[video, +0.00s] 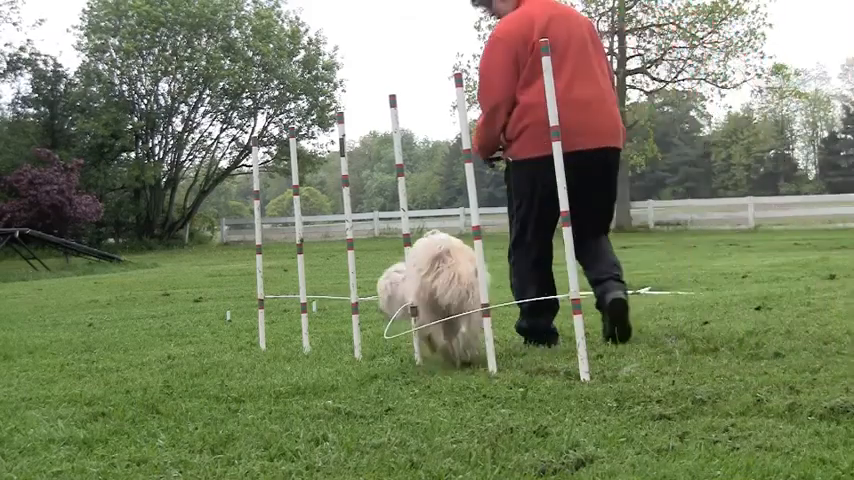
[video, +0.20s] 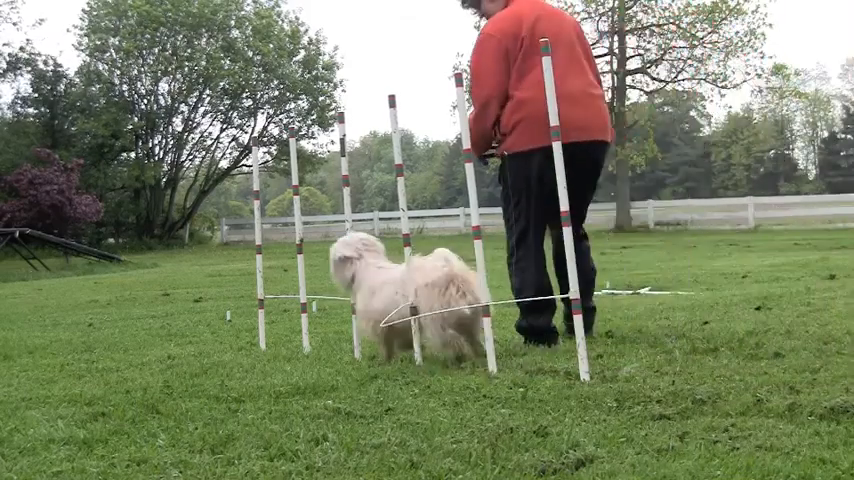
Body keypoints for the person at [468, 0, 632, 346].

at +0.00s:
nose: (491, 15)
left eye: (490, 8)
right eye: (488, 11)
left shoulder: (508, 29)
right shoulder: (582, 21)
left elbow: (496, 100)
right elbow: (604, 80)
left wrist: (484, 146)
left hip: (536, 145)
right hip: (601, 139)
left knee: (530, 239)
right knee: (591, 230)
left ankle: (538, 330)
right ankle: (612, 292)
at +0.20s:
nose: (480, 16)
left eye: (478, 9)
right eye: (476, 11)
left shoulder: (496, 28)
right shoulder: (567, 19)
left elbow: (488, 98)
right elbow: (593, 79)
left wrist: (480, 145)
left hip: (531, 137)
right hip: (591, 133)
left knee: (525, 235)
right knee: (570, 228)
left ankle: (539, 332)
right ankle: (582, 321)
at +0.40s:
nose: (480, 25)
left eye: (478, 16)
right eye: (475, 19)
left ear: (492, 3)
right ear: (512, 1)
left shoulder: (501, 34)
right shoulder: (561, 27)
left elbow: (491, 103)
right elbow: (577, 85)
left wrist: (477, 147)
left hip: (536, 142)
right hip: (591, 136)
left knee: (521, 239)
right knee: (573, 233)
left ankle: (540, 330)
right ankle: (574, 321)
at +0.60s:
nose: (486, 34)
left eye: (483, 25)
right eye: (481, 29)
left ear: (495, 8)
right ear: (516, 4)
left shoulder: (505, 39)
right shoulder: (562, 31)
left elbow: (496, 111)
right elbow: (576, 89)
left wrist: (481, 155)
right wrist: (520, 140)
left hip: (542, 146)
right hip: (595, 139)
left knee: (525, 244)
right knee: (575, 241)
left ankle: (543, 327)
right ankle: (578, 322)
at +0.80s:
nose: (483, 36)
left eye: (481, 28)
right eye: (479, 31)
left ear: (493, 12)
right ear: (518, 8)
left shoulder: (499, 42)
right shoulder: (562, 36)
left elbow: (491, 110)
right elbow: (581, 88)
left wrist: (484, 159)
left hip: (537, 147)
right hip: (593, 141)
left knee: (517, 236)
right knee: (578, 237)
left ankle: (536, 310)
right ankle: (578, 319)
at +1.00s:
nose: (470, 41)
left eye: (469, 33)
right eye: (467, 35)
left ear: (480, 21)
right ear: (506, 16)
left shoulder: (484, 51)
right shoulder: (549, 43)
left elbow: (479, 117)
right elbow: (575, 92)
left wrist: (479, 163)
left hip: (524, 150)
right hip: (582, 144)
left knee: (501, 235)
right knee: (572, 234)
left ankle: (499, 322)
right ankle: (577, 319)